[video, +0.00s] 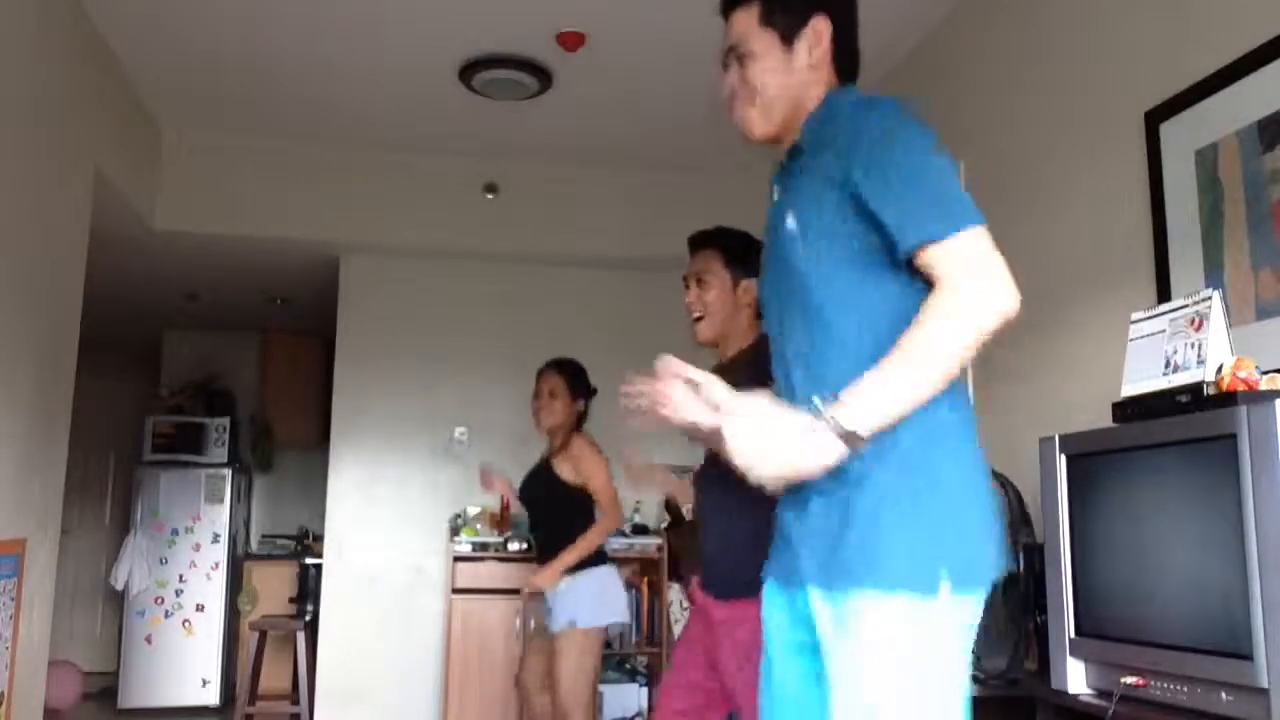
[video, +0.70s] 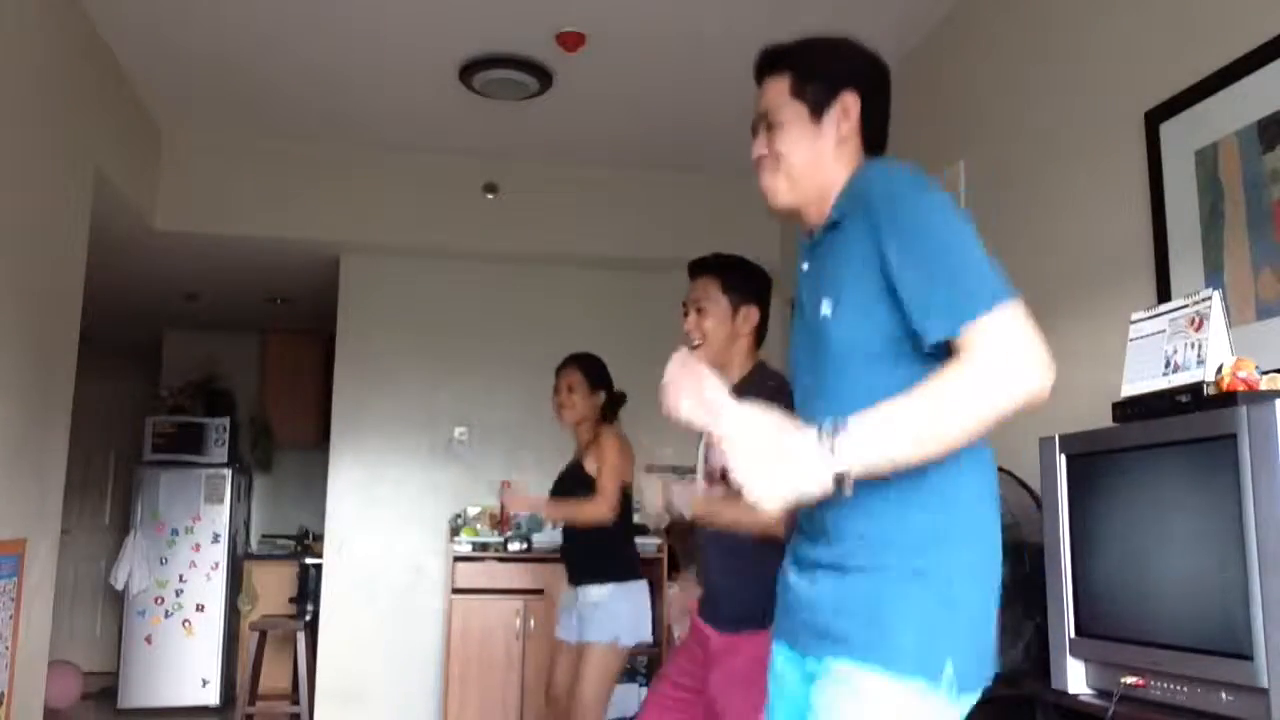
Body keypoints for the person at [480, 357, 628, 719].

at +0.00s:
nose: (541, 404)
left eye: (552, 395)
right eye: (538, 395)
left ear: (578, 404)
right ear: (534, 402)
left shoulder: (581, 450)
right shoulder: (554, 454)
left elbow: (612, 518)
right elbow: (554, 521)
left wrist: (555, 568)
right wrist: (510, 496)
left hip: (585, 583)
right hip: (555, 582)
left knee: (573, 701)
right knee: (532, 688)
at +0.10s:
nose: (544, 418)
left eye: (556, 408)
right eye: (541, 409)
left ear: (582, 415)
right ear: (538, 414)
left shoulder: (587, 467)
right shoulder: (555, 468)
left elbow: (599, 542)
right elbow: (552, 533)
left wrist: (533, 567)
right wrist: (514, 537)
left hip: (587, 597)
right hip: (561, 596)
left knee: (562, 709)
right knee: (527, 705)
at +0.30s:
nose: (550, 398)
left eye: (561, 390)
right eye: (546, 390)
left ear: (587, 397)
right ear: (542, 396)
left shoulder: (596, 436)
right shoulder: (565, 446)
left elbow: (596, 506)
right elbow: (565, 519)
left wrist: (527, 504)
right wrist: (515, 525)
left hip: (600, 586)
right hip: (565, 584)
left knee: (571, 697)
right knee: (547, 689)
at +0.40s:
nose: (558, 406)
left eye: (569, 396)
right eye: (553, 397)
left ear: (595, 405)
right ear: (549, 403)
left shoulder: (598, 442)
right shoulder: (573, 452)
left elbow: (614, 515)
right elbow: (565, 524)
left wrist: (556, 546)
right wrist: (535, 503)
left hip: (608, 589)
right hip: (579, 589)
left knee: (584, 709)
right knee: (542, 687)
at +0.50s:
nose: (564, 427)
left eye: (575, 418)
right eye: (560, 418)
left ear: (601, 427)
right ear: (555, 424)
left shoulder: (604, 473)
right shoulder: (580, 479)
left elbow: (622, 549)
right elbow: (590, 547)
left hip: (612, 614)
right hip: (594, 613)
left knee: (583, 712)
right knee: (540, 687)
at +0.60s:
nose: (563, 420)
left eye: (575, 411)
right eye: (560, 411)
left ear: (601, 422)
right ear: (555, 417)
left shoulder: (606, 466)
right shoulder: (583, 472)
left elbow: (620, 543)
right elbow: (592, 542)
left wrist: (559, 574)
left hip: (608, 612)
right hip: (586, 611)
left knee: (579, 712)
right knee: (546, 704)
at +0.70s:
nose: (562, 399)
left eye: (574, 390)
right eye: (559, 391)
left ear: (600, 397)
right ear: (555, 397)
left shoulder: (611, 442)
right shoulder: (583, 449)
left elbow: (606, 509)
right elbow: (582, 512)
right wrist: (524, 510)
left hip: (614, 592)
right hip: (580, 589)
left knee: (586, 706)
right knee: (559, 696)